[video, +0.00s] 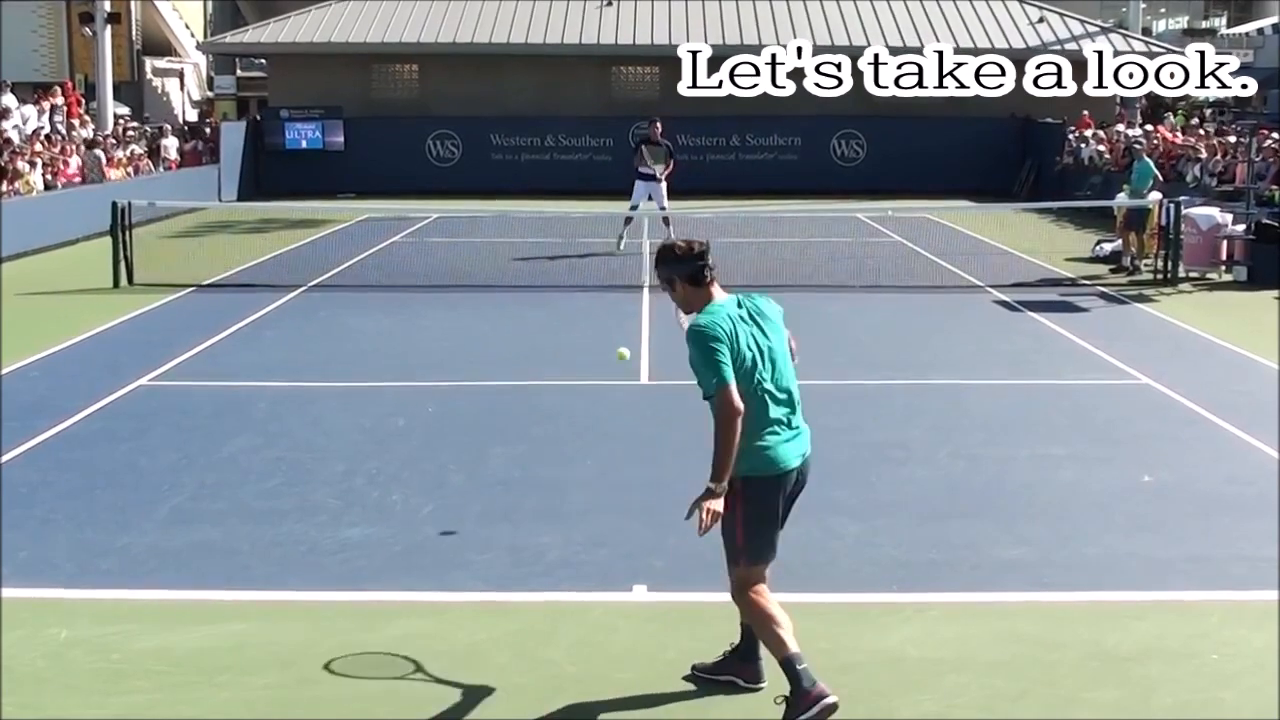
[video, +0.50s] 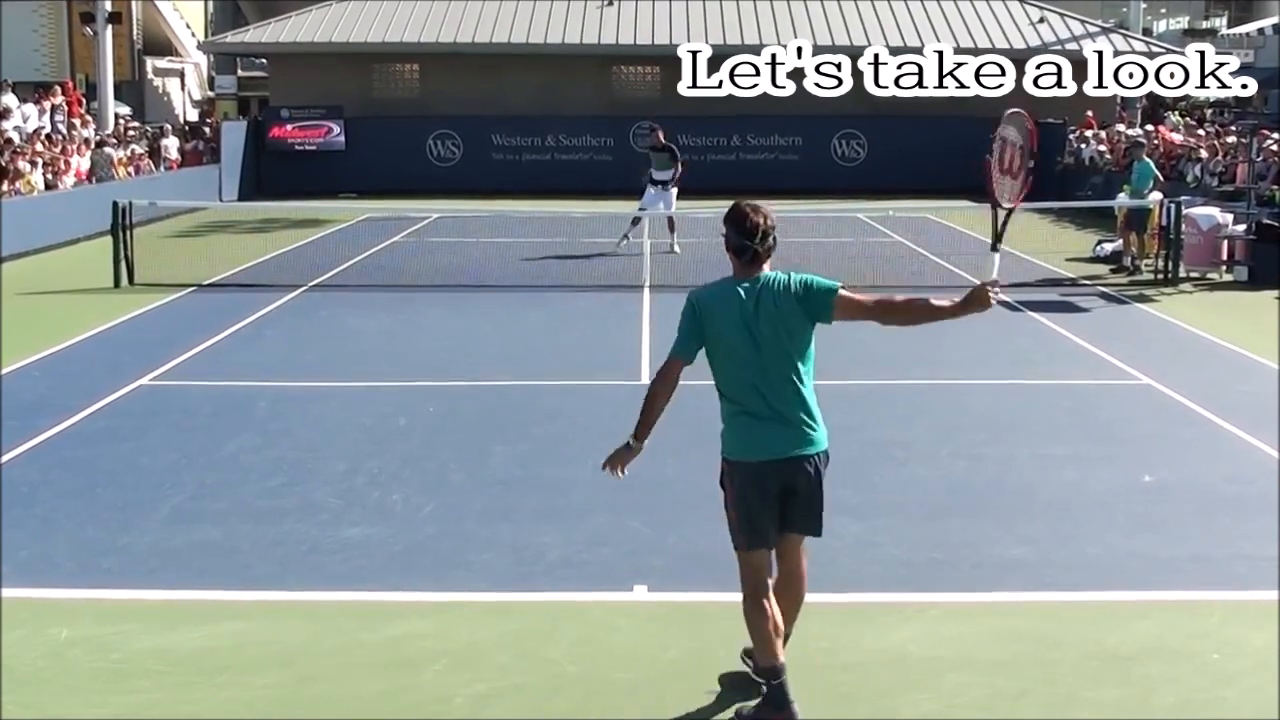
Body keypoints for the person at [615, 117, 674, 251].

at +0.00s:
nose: (656, 131)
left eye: (658, 128)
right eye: (653, 128)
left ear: (661, 130)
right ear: (649, 129)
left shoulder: (666, 145)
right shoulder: (641, 144)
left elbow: (671, 163)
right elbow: (637, 163)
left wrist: (663, 175)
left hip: (658, 181)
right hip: (642, 180)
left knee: (664, 209)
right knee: (633, 208)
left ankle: (670, 236)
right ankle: (622, 235)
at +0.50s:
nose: (654, 139)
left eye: (656, 136)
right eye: (652, 136)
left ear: (661, 135)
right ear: (651, 138)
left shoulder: (671, 149)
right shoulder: (651, 149)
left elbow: (678, 167)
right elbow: (653, 165)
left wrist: (672, 182)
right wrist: (648, 176)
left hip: (668, 184)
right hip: (653, 183)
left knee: (670, 214)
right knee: (641, 211)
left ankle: (673, 242)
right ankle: (626, 236)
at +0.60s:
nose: (650, 139)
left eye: (652, 136)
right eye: (650, 136)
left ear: (658, 135)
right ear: (650, 137)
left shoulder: (672, 147)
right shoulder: (652, 149)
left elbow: (686, 160)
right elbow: (657, 164)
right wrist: (651, 173)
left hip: (671, 184)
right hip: (655, 183)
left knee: (672, 214)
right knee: (643, 209)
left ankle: (675, 242)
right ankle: (631, 232)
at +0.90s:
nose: (654, 140)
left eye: (655, 137)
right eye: (651, 138)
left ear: (660, 137)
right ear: (649, 140)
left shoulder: (671, 149)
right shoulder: (650, 154)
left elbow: (690, 155)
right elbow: (657, 171)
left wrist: (701, 170)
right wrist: (648, 177)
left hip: (672, 188)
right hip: (655, 188)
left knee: (673, 216)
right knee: (646, 212)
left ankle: (674, 244)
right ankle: (647, 233)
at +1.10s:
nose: (651, 142)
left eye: (652, 139)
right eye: (649, 140)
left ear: (656, 139)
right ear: (645, 141)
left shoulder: (666, 152)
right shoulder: (644, 155)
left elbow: (684, 160)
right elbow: (644, 168)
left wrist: (690, 175)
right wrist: (643, 178)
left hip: (666, 187)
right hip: (651, 187)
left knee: (668, 215)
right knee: (650, 215)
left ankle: (673, 244)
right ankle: (655, 241)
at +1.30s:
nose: (651, 140)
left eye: (653, 137)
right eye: (649, 137)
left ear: (657, 138)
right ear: (645, 139)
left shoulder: (666, 151)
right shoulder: (641, 154)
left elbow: (676, 164)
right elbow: (638, 170)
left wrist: (675, 178)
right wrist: (645, 179)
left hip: (663, 186)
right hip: (648, 188)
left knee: (663, 214)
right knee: (647, 215)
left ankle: (661, 241)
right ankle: (651, 239)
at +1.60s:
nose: (651, 137)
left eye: (652, 135)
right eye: (648, 135)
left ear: (656, 136)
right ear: (645, 137)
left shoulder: (663, 151)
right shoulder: (639, 151)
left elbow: (669, 167)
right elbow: (634, 167)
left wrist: (662, 177)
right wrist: (639, 169)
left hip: (656, 188)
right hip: (641, 187)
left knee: (657, 217)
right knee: (634, 215)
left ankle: (656, 244)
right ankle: (631, 238)